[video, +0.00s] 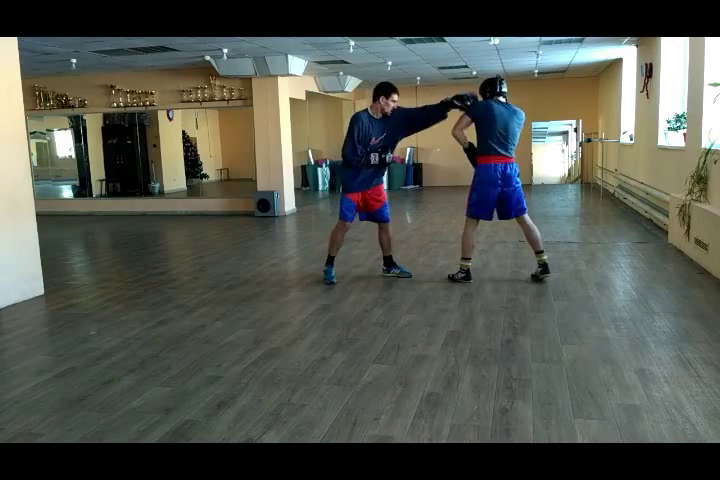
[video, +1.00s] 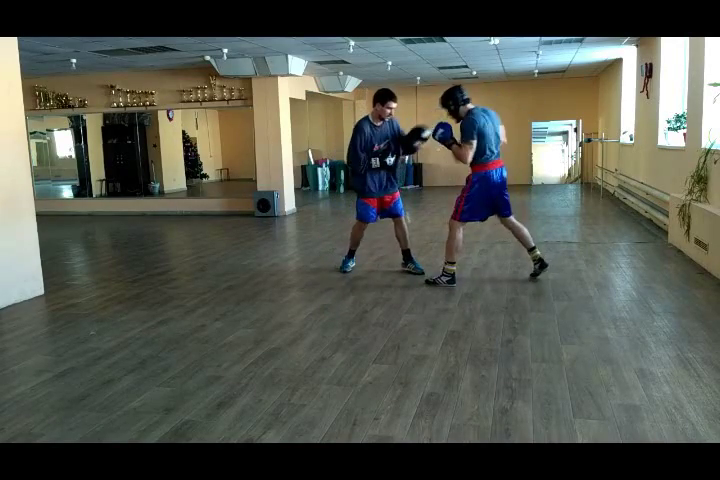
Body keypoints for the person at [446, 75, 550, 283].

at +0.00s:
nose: (482, 97)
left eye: (482, 94)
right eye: (482, 94)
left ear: (486, 93)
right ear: (505, 93)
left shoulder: (480, 106)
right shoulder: (519, 113)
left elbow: (457, 131)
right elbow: (507, 136)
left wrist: (469, 148)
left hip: (486, 171)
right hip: (511, 171)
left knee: (471, 222)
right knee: (523, 218)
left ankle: (464, 270)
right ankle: (543, 264)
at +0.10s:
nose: (488, 102)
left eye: (488, 99)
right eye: (487, 99)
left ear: (491, 98)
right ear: (509, 96)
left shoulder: (492, 113)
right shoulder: (528, 118)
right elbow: (525, 151)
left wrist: (478, 146)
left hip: (494, 173)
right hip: (518, 173)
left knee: (473, 221)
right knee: (530, 222)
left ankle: (463, 270)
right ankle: (545, 270)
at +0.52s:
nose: (464, 117)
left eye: (463, 113)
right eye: (462, 114)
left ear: (470, 110)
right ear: (483, 104)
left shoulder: (481, 124)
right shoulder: (508, 119)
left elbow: (486, 157)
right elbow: (512, 152)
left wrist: (470, 156)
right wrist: (480, 148)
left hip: (490, 181)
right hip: (511, 179)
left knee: (463, 226)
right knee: (517, 226)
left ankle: (448, 273)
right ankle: (541, 268)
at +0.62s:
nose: (446, 128)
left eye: (446, 124)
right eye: (444, 124)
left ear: (454, 120)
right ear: (459, 116)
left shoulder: (478, 129)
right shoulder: (474, 129)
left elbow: (488, 164)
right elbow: (476, 153)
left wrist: (463, 156)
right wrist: (456, 147)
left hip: (490, 184)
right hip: (501, 182)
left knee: (460, 225)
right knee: (504, 230)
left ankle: (448, 274)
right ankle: (541, 263)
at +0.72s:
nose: (443, 131)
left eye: (444, 126)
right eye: (442, 127)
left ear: (454, 121)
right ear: (456, 120)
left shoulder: (481, 132)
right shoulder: (458, 134)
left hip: (486, 185)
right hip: (490, 184)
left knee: (455, 224)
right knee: (498, 230)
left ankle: (448, 275)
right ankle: (540, 258)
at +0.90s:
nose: (441, 123)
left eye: (439, 119)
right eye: (438, 120)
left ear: (446, 113)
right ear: (452, 109)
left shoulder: (471, 123)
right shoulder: (471, 121)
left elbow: (476, 159)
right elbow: (470, 150)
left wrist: (455, 147)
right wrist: (459, 161)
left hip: (480, 179)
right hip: (492, 176)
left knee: (453, 223)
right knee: (499, 222)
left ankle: (448, 274)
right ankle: (536, 256)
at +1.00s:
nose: (449, 116)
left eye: (448, 111)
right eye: (447, 112)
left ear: (455, 106)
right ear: (465, 101)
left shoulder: (469, 121)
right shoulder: (489, 113)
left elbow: (466, 157)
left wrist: (450, 143)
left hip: (480, 178)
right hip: (498, 173)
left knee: (455, 224)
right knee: (507, 219)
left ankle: (448, 274)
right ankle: (537, 259)